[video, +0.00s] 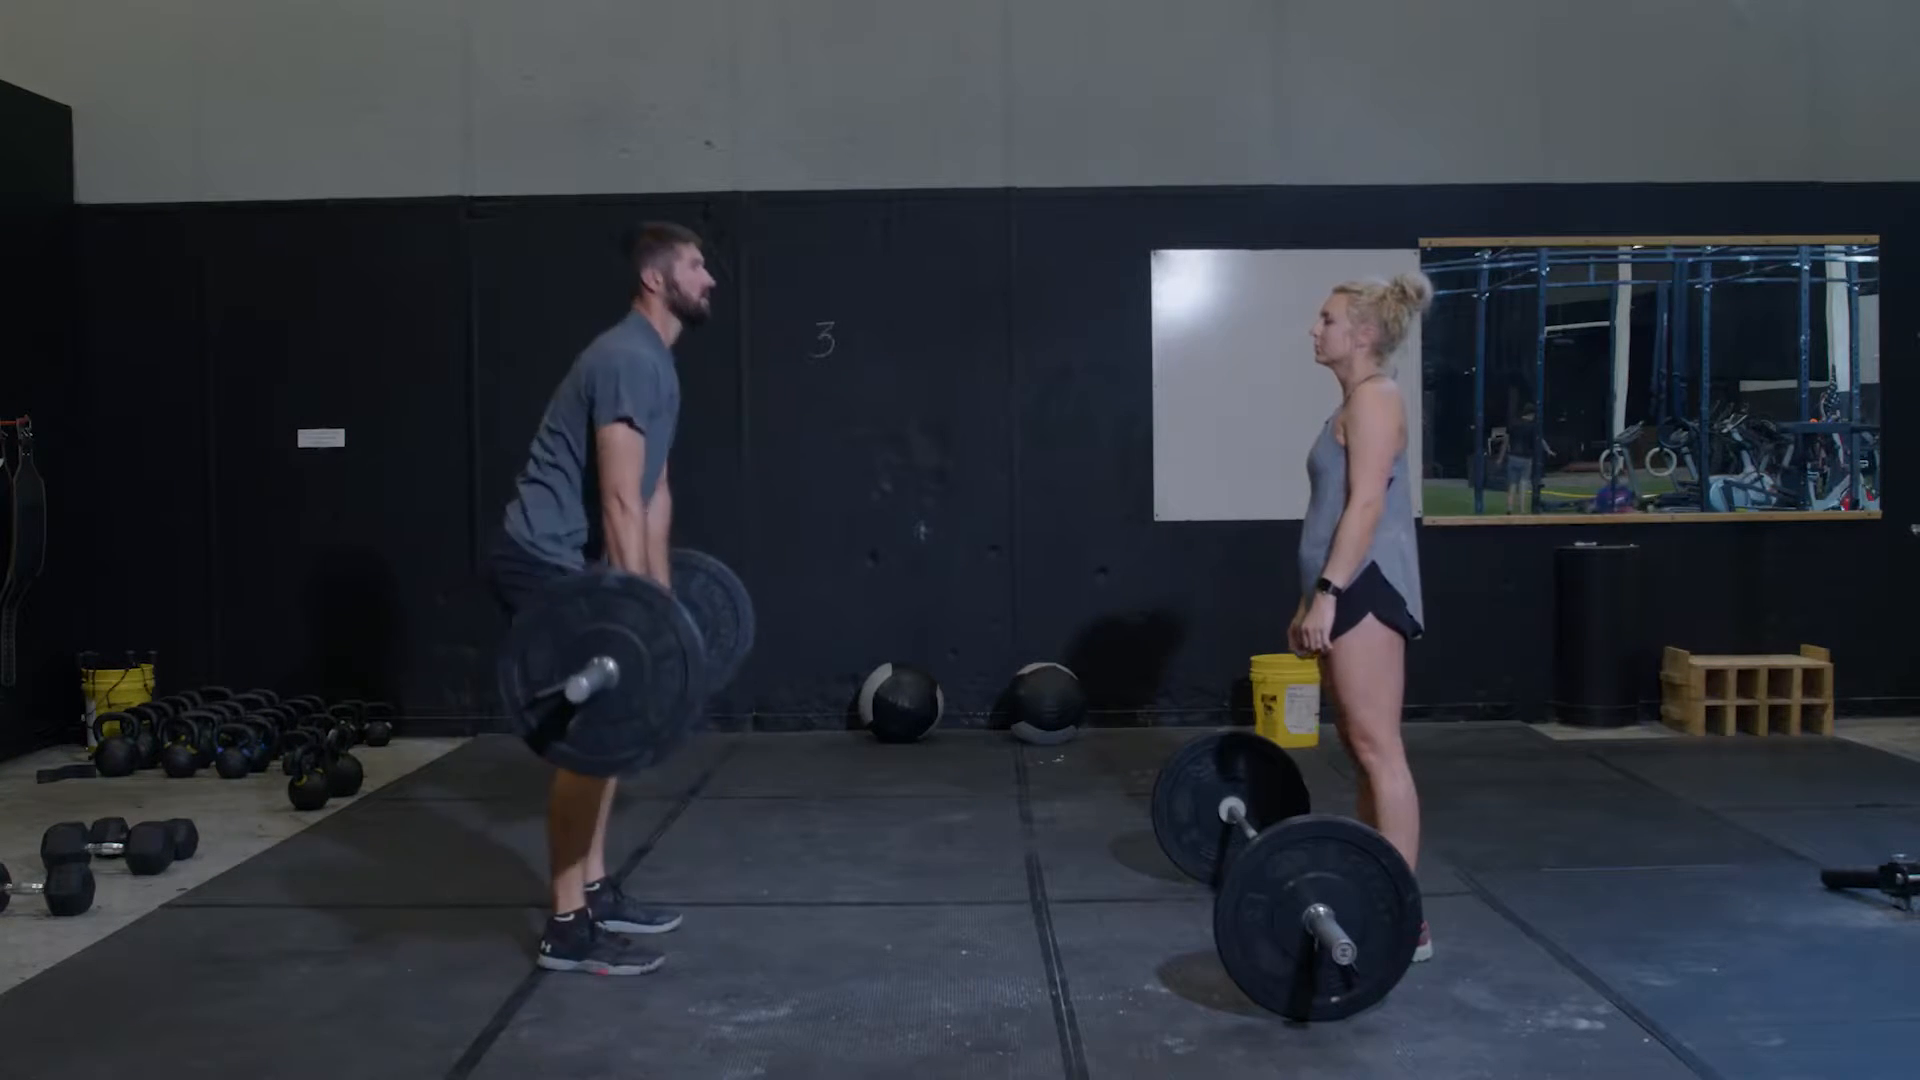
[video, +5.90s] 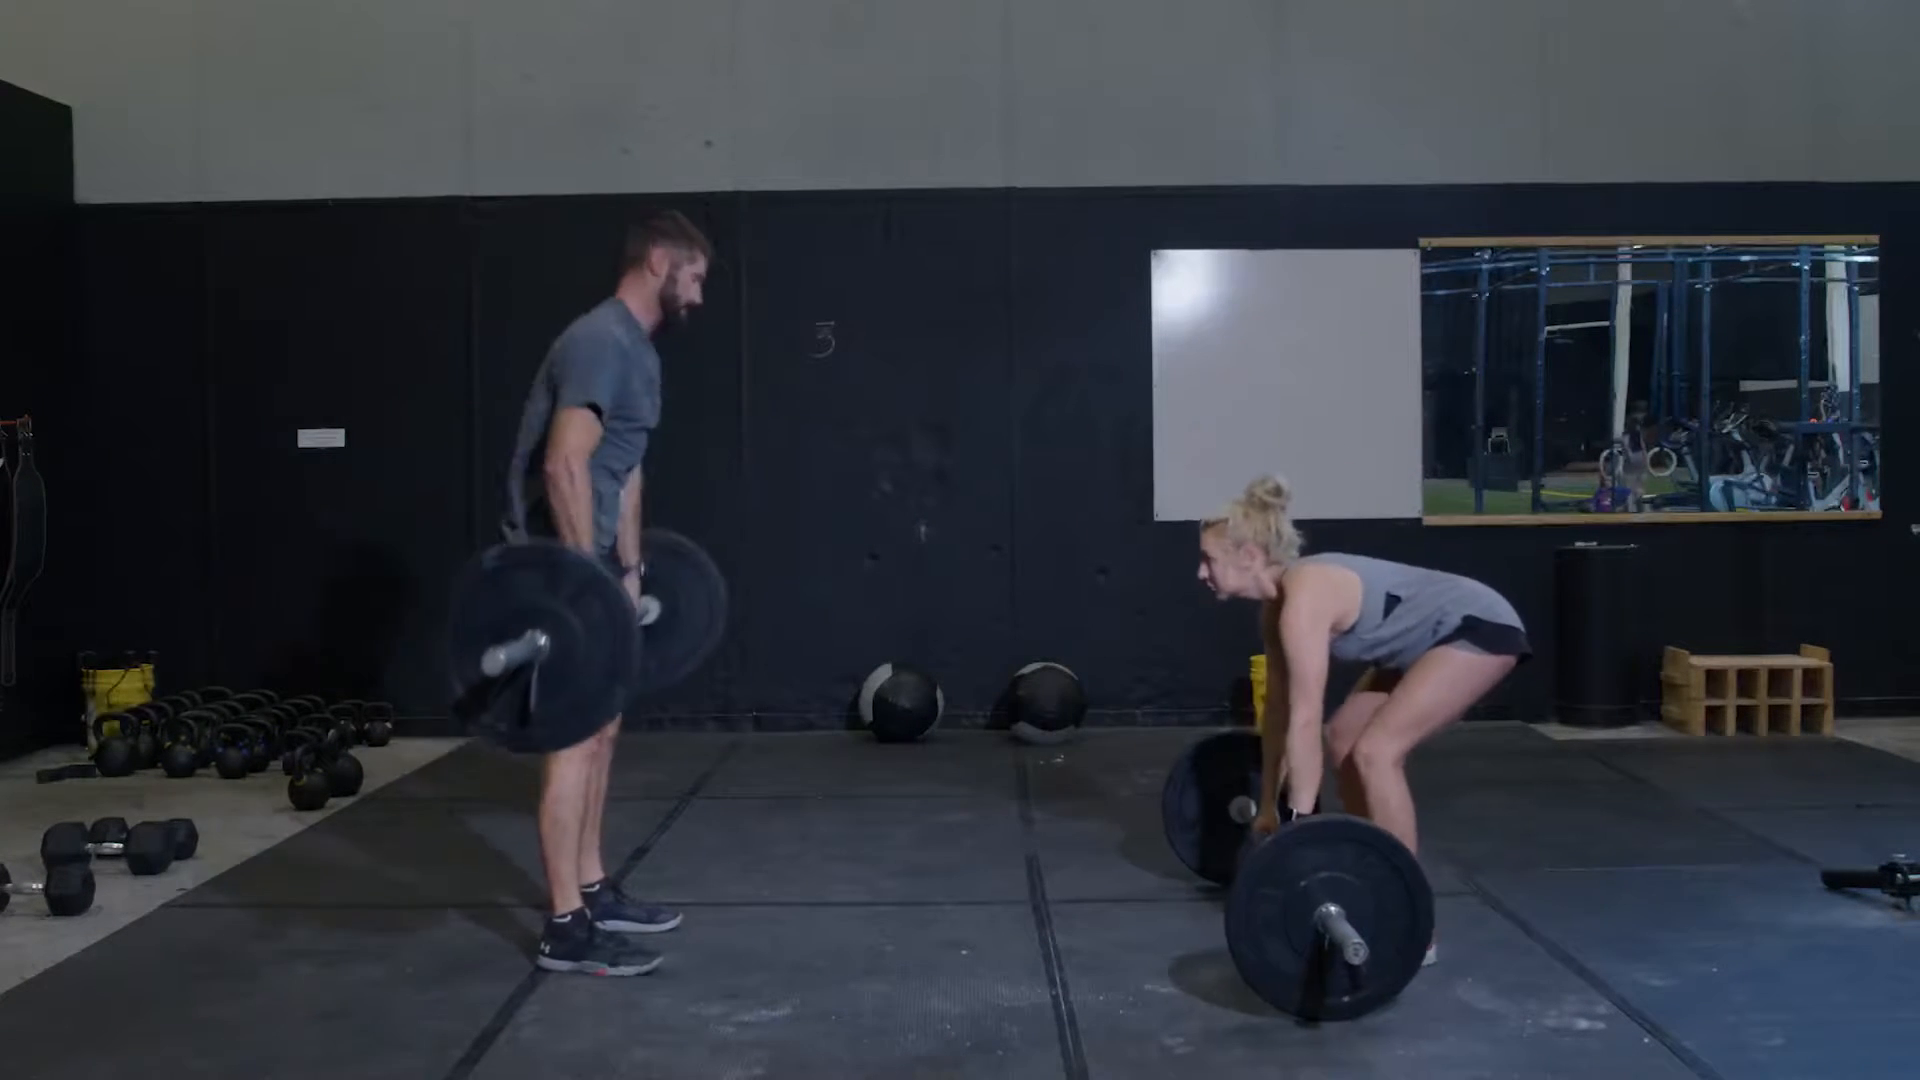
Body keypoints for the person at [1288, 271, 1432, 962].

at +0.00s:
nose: (1315, 330)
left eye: (1328, 321)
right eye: (1319, 319)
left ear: (1365, 333)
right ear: (1356, 335)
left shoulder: (1374, 400)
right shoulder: (1355, 403)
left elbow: (1366, 507)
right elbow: (1341, 513)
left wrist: (1327, 592)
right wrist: (1313, 600)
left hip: (1368, 593)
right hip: (1349, 593)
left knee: (1379, 749)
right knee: (1365, 747)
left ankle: (1399, 912)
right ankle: (1378, 901)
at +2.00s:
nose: (1318, 328)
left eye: (1331, 321)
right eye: (1322, 318)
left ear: (1365, 337)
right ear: (1355, 338)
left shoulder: (1375, 404)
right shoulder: (1347, 405)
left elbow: (1365, 512)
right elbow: (1326, 514)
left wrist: (1324, 595)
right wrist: (1302, 591)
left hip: (1364, 591)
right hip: (1345, 591)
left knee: (1355, 742)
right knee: (1365, 742)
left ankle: (1395, 910)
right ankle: (1390, 904)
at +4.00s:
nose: (1322, 332)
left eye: (1335, 325)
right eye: (1325, 323)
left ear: (1371, 340)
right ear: (1353, 341)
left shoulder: (1382, 405)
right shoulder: (1349, 408)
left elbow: (1377, 515)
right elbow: (1333, 515)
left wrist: (1339, 600)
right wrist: (1305, 592)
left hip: (1374, 596)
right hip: (1348, 594)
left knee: (1367, 741)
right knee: (1359, 741)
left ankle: (1398, 909)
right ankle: (1381, 901)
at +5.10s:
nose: (1279, 379)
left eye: (1282, 365)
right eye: (1274, 369)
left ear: (1318, 347)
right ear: (1312, 350)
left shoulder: (1364, 405)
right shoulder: (1337, 417)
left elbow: (1361, 519)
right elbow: (1332, 528)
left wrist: (1334, 612)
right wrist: (1308, 618)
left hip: (1401, 588)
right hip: (1365, 591)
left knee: (1382, 748)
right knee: (1348, 743)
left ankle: (1402, 919)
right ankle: (1370, 903)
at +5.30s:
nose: (1235, 453)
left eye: (1236, 439)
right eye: (1228, 443)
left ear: (1266, 415)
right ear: (1259, 418)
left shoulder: (1327, 457)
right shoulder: (1295, 476)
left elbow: (1336, 573)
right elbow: (1303, 578)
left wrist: (1328, 673)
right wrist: (1299, 673)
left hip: (1448, 595)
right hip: (1395, 606)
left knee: (1396, 743)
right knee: (1360, 739)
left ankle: (1407, 921)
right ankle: (1369, 901)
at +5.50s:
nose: (1212, 547)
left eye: (1214, 532)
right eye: (1207, 535)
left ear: (1244, 509)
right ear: (1243, 512)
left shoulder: (1303, 548)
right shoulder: (1280, 561)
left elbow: (1306, 667)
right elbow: (1280, 669)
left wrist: (1291, 771)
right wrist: (1269, 758)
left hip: (1473, 612)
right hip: (1420, 623)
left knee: (1388, 749)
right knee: (1351, 739)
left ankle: (1407, 924)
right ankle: (1368, 901)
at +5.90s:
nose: (1202, 574)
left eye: (1209, 561)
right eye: (1202, 562)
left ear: (1252, 556)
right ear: (1252, 559)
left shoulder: (1306, 598)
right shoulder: (1279, 603)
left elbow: (1305, 718)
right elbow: (1275, 713)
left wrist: (1298, 825)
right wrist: (1269, 806)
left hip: (1480, 629)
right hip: (1426, 636)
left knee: (1376, 752)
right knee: (1339, 740)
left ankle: (1407, 923)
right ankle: (1374, 893)